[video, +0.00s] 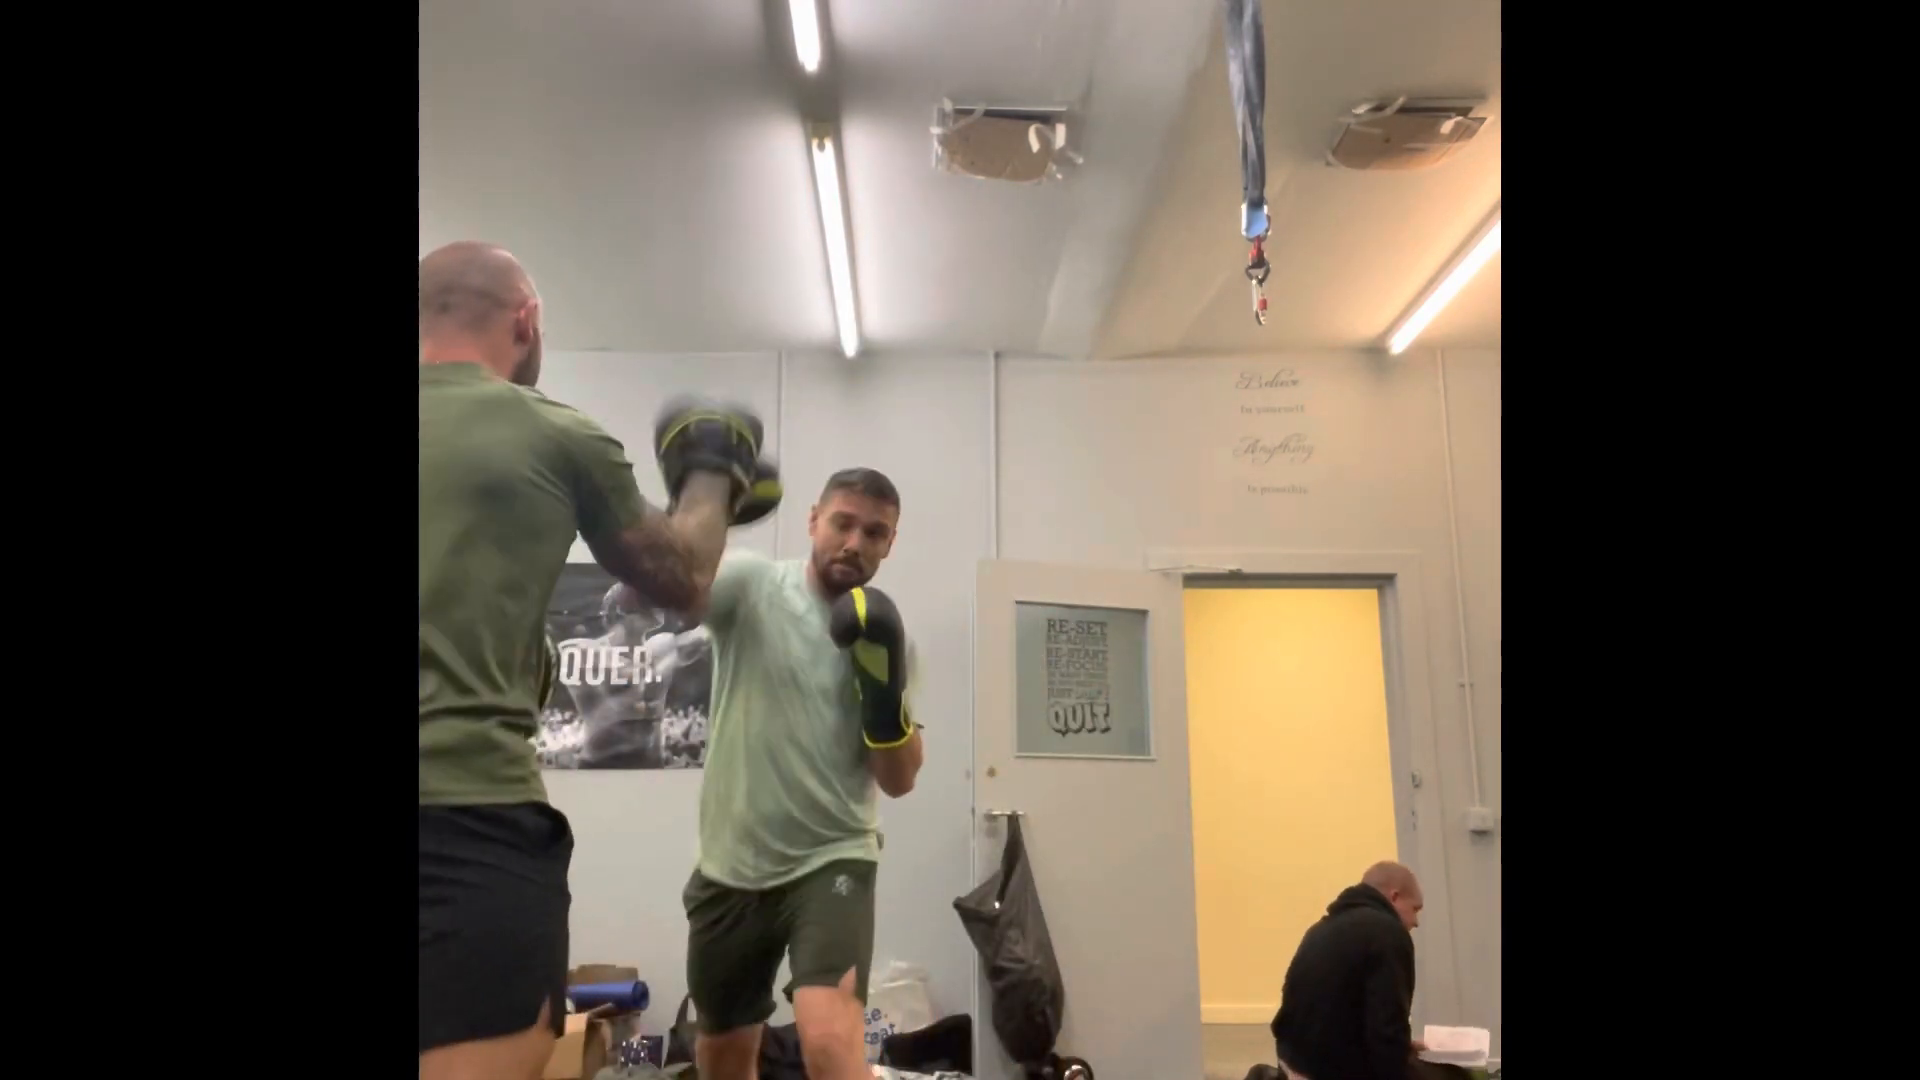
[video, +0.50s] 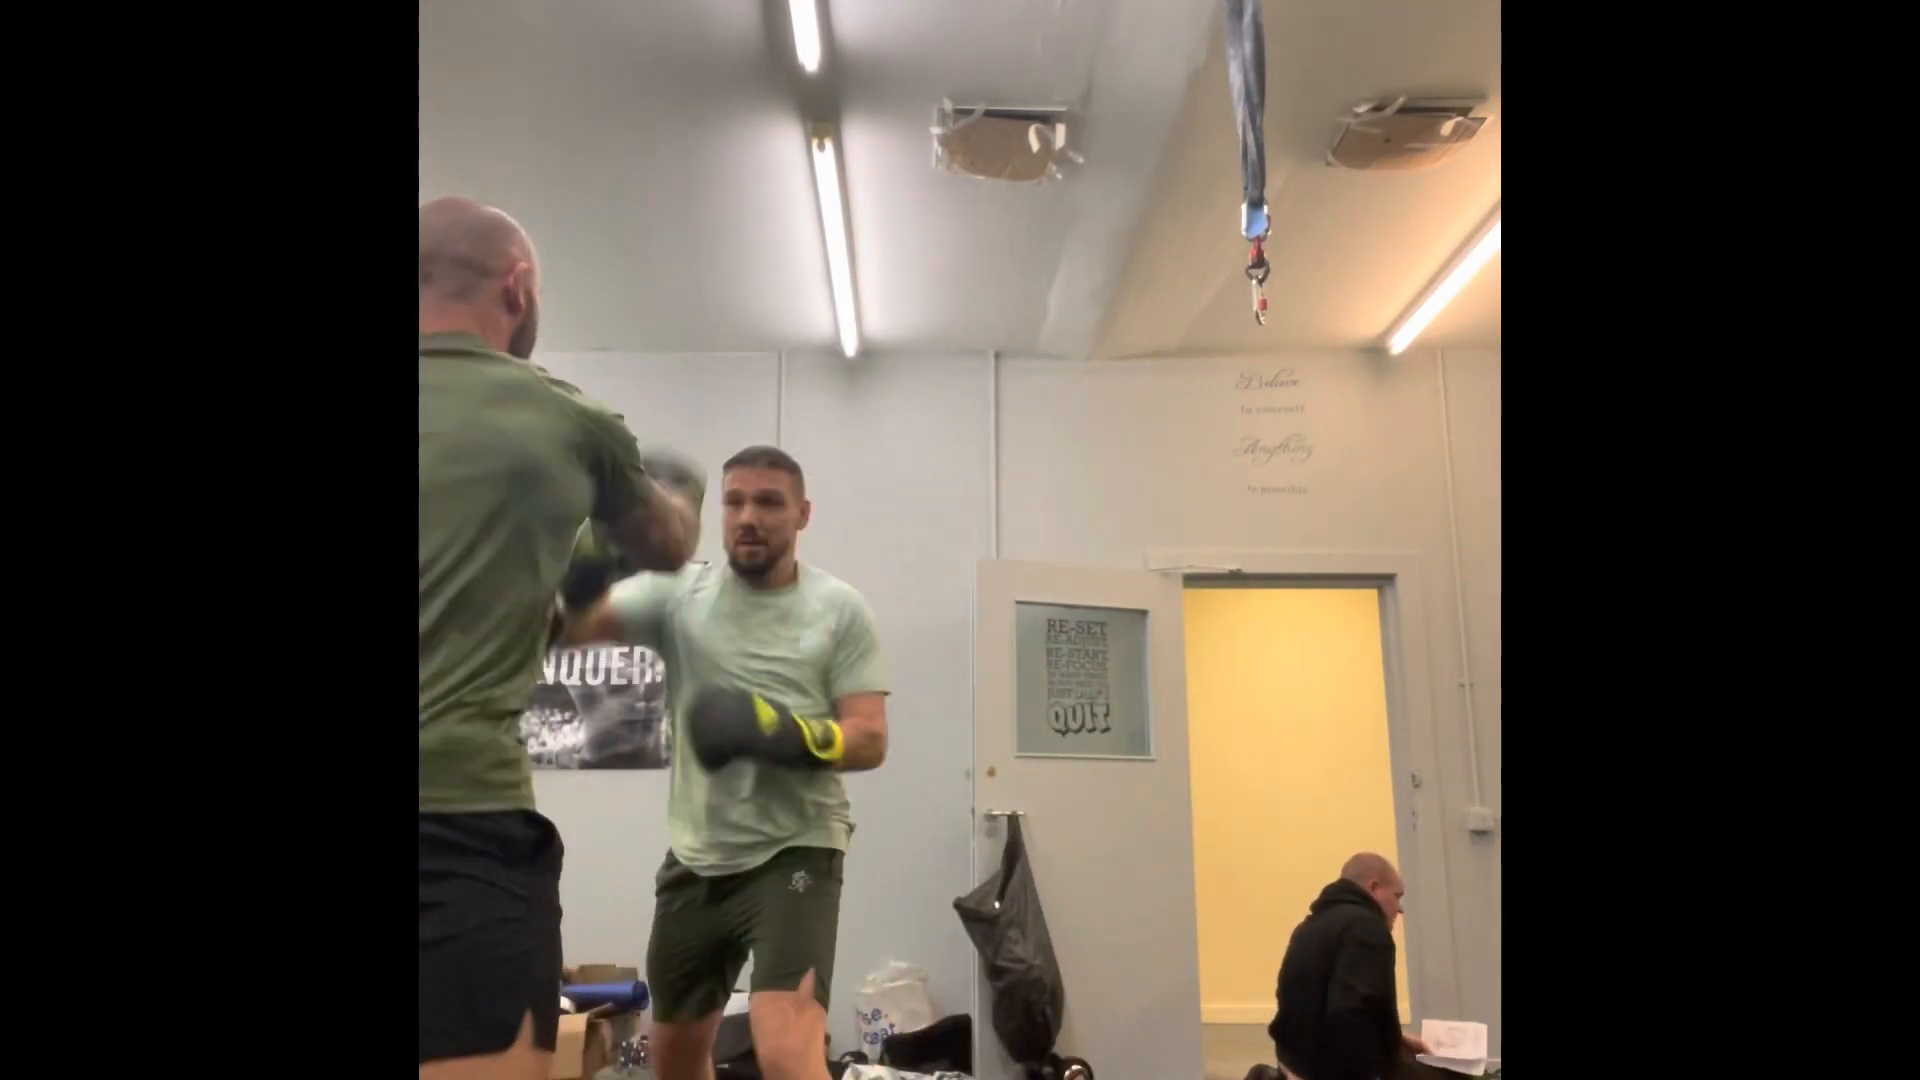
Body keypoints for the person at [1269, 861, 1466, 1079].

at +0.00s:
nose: (1415, 923)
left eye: (1417, 912)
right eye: (1415, 910)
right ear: (1394, 898)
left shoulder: (1326, 925)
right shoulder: (1389, 933)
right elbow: (1387, 1030)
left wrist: (1403, 1045)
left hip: (1293, 1057)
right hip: (1341, 1067)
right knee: (1457, 1072)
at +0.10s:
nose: (1414, 923)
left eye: (1416, 912)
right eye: (1414, 910)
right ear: (1392, 897)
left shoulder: (1324, 926)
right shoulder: (1389, 933)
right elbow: (1388, 1031)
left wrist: (1402, 1045)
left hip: (1292, 1059)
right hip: (1342, 1068)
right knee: (1457, 1072)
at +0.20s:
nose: (1411, 921)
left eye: (1413, 909)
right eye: (1410, 907)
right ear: (1388, 894)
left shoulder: (1320, 926)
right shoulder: (1386, 933)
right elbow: (1387, 1027)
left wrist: (1400, 1045)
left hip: (1293, 1057)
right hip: (1344, 1067)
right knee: (1455, 1072)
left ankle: (1270, 1074)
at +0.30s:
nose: (1407, 917)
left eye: (1409, 904)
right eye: (1405, 902)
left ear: (1378, 891)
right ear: (1383, 892)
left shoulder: (1314, 928)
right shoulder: (1382, 932)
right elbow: (1385, 1033)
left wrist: (1398, 1044)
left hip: (1295, 1059)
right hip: (1347, 1067)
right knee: (1456, 1072)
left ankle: (1273, 1073)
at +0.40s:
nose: (1402, 911)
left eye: (1402, 899)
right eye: (1399, 897)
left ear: (1350, 886)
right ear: (1376, 887)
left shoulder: (1310, 926)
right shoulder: (1376, 929)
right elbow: (1378, 1027)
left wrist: (1400, 1042)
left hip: (1297, 1059)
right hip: (1349, 1067)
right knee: (1458, 1072)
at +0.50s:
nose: (1400, 909)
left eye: (1400, 898)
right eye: (1397, 896)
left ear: (1369, 889)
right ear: (1373, 888)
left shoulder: (1312, 924)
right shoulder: (1366, 926)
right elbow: (1355, 1013)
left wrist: (1397, 1039)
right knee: (1453, 1073)